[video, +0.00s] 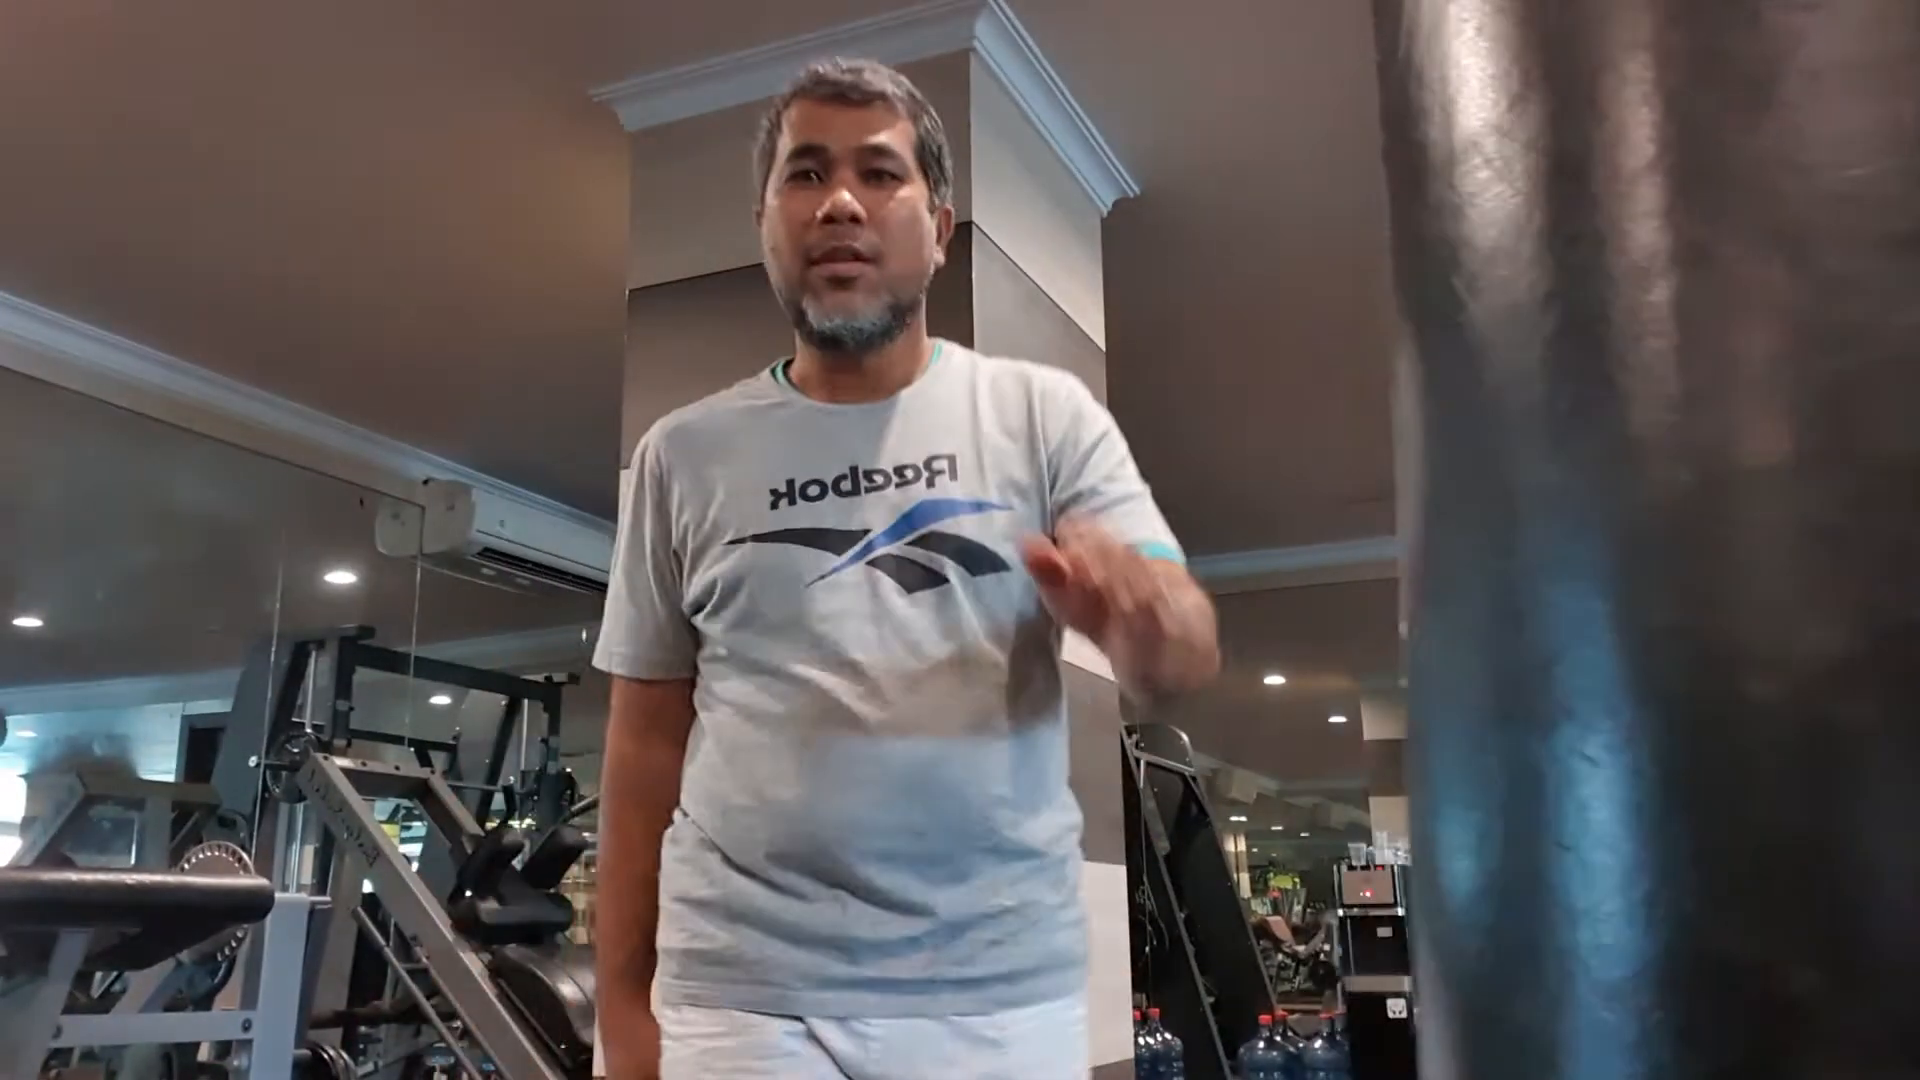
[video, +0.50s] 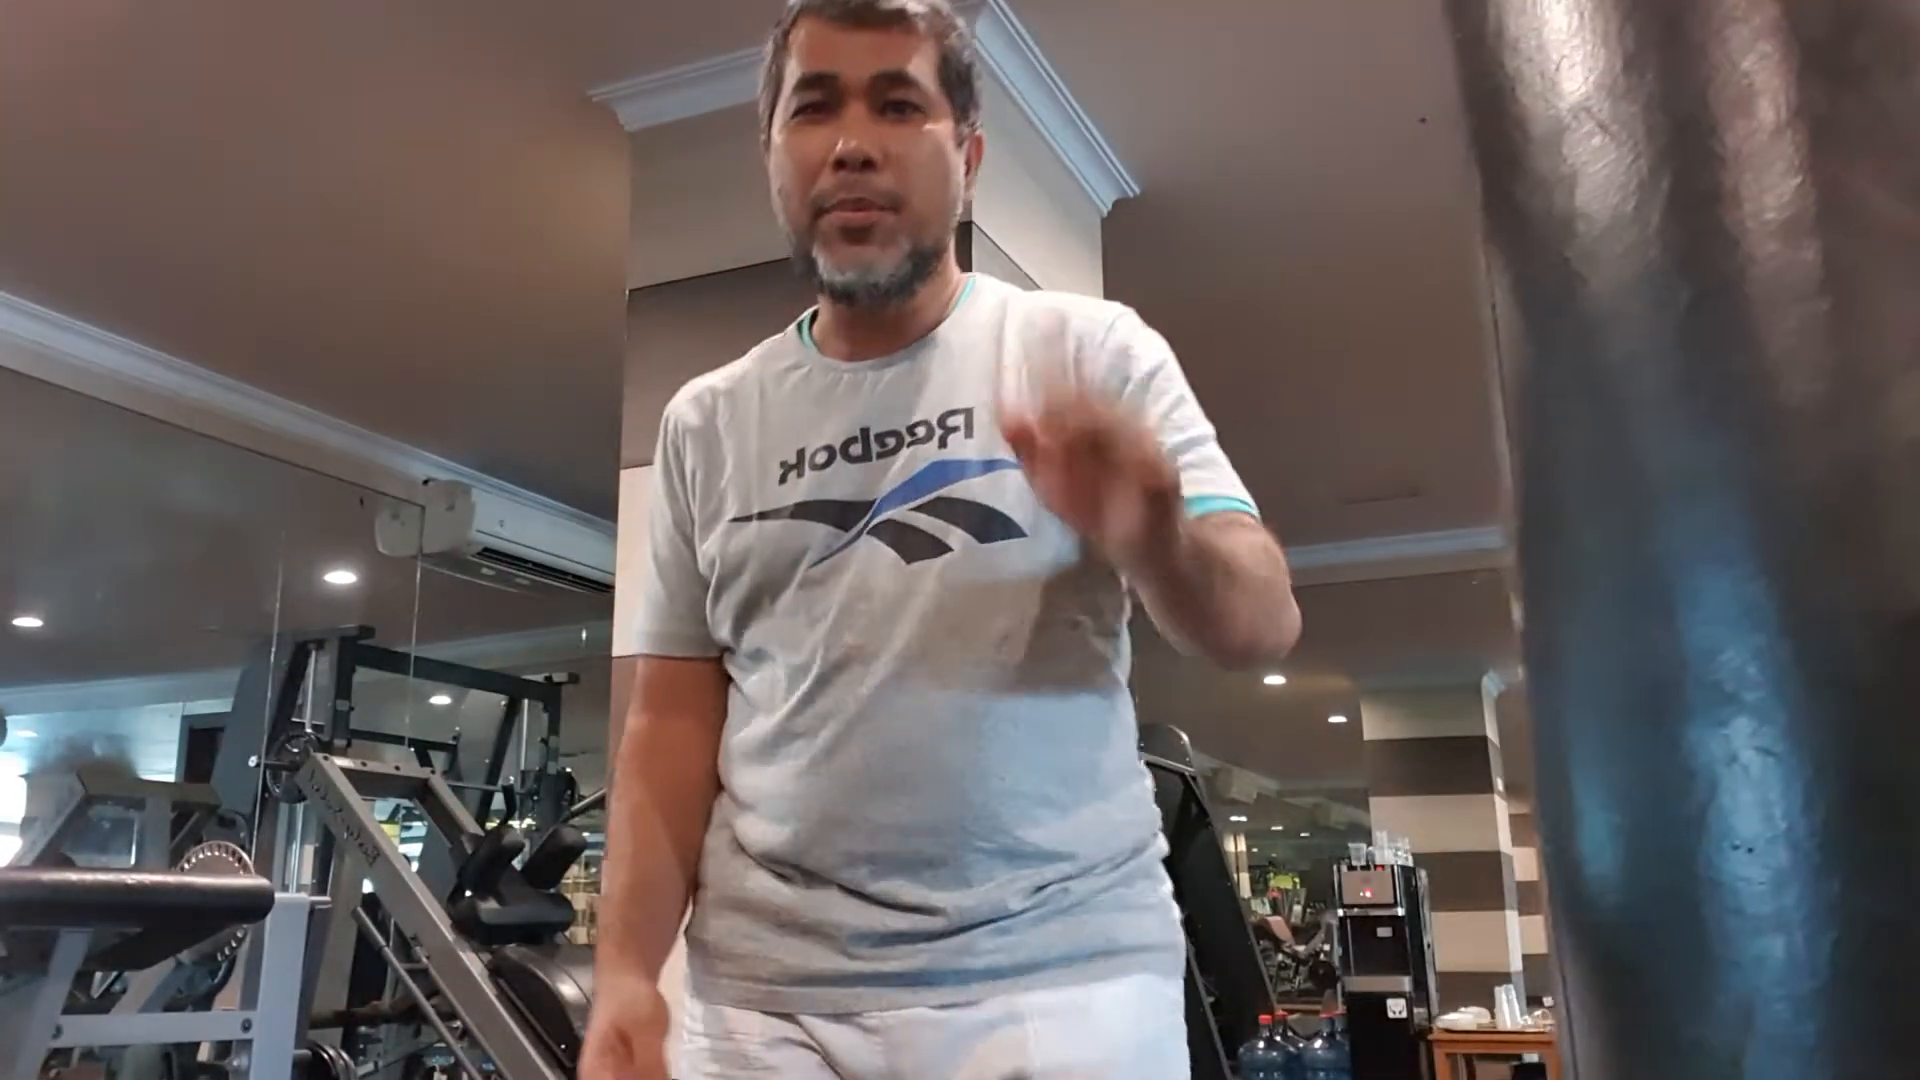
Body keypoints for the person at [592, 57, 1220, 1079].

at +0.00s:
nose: (839, 202)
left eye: (879, 174)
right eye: (805, 173)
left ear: (941, 228)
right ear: (764, 225)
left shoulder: (1046, 416)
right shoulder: (681, 458)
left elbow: (1189, 664)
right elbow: (646, 733)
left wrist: (1135, 612)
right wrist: (624, 1004)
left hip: (999, 1007)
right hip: (745, 1006)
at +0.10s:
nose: (829, 197)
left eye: (871, 166)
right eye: (793, 167)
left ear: (934, 220)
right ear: (753, 220)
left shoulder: (1048, 396)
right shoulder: (678, 462)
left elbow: (1208, 639)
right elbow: (646, 742)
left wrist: (1123, 573)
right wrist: (615, 1017)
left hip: (1028, 1009)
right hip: (751, 1014)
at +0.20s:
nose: (826, 189)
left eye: (868, 155)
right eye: (790, 157)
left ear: (935, 204)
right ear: (748, 208)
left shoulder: (1048, 383)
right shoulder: (681, 458)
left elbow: (1217, 627)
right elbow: (646, 741)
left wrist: (1119, 529)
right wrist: (593, 1023)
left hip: (1040, 1002)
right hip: (751, 1010)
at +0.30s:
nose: (829, 173)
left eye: (873, 137)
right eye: (793, 139)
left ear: (942, 187)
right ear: (750, 189)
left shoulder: (1057, 375)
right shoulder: (684, 447)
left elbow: (1230, 620)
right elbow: (651, 730)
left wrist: (1115, 492)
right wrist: (591, 1005)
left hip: (1049, 988)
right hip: (754, 1003)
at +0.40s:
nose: (838, 157)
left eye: (883, 120)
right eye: (802, 122)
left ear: (954, 171)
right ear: (759, 172)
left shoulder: (1067, 359)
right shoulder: (692, 437)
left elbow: (1248, 621)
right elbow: (657, 718)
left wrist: (1129, 490)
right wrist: (605, 966)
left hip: (1053, 978)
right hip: (758, 997)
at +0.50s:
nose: (852, 142)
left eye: (898, 105)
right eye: (815, 107)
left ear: (968, 156)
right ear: (772, 156)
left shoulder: (1090, 352)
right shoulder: (708, 425)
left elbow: (1263, 630)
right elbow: (669, 710)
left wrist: (1158, 544)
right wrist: (627, 970)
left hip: (1054, 993)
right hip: (760, 1004)